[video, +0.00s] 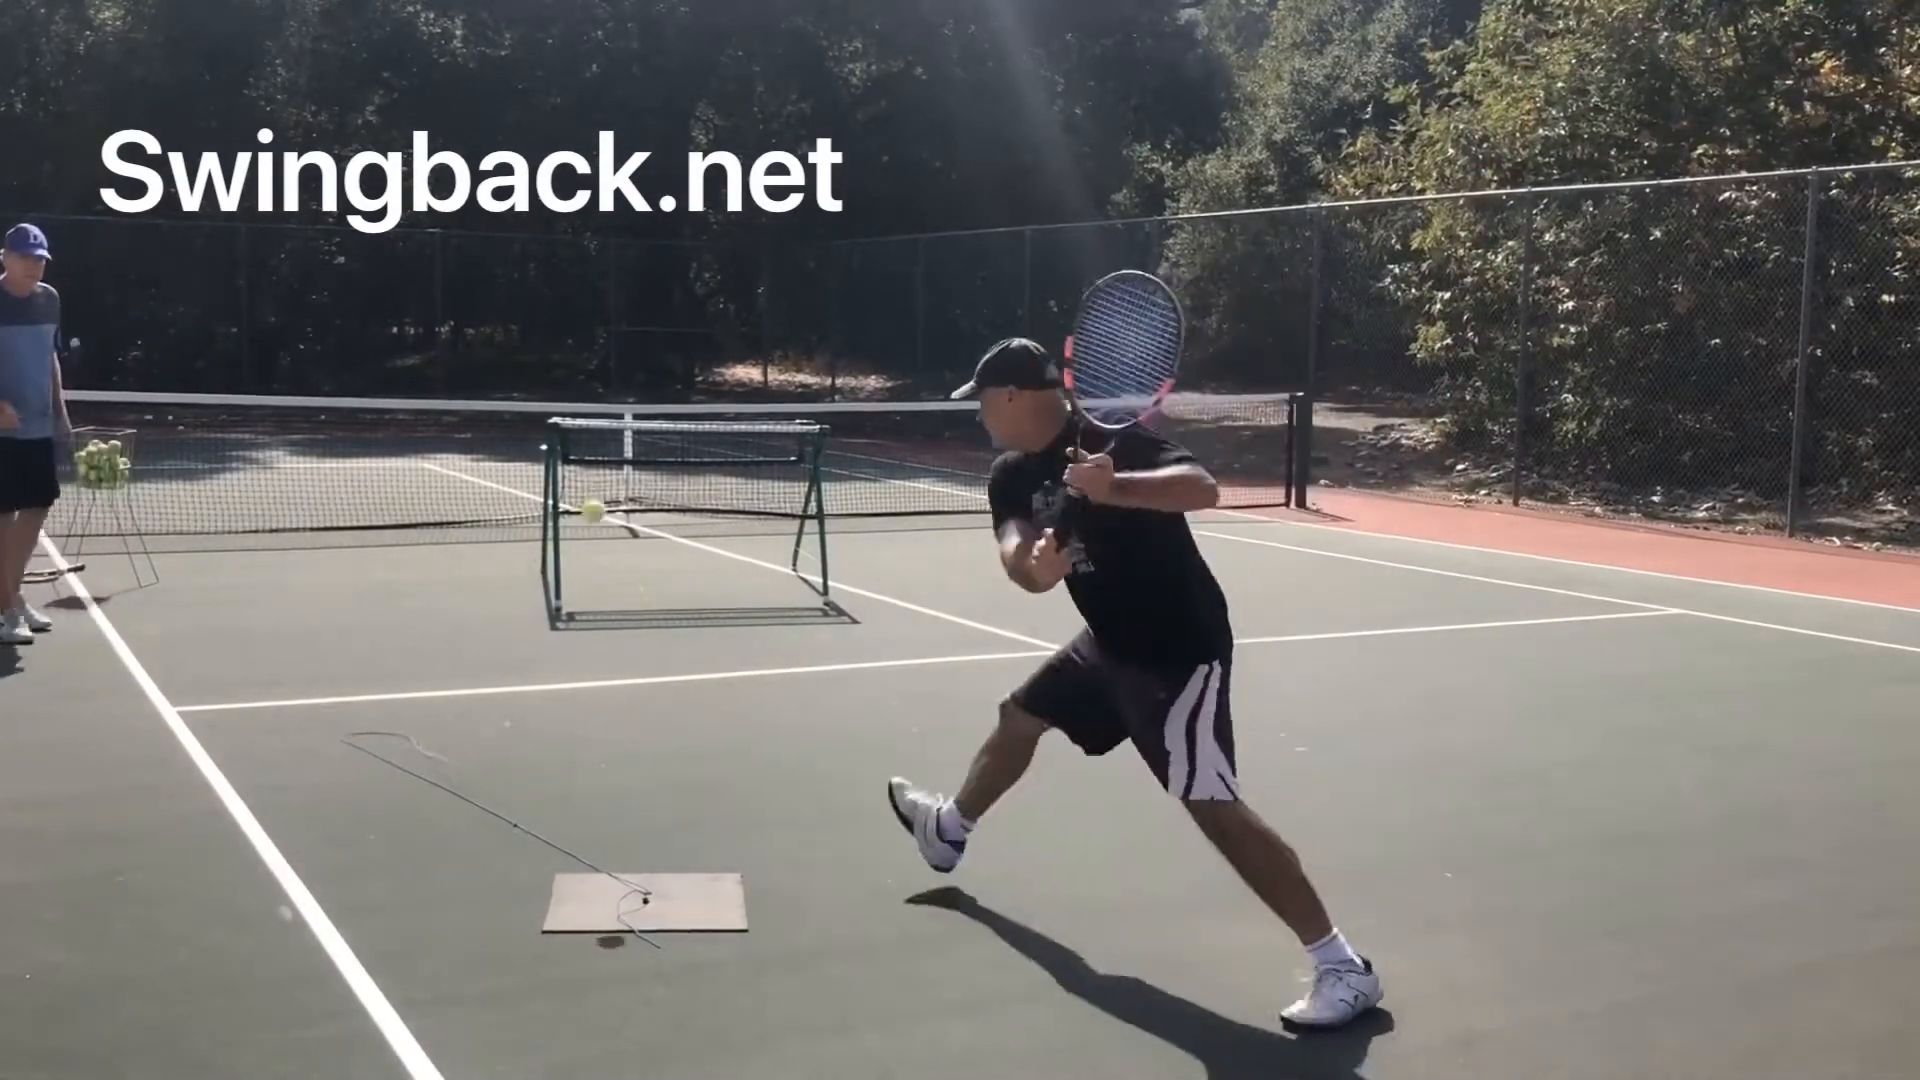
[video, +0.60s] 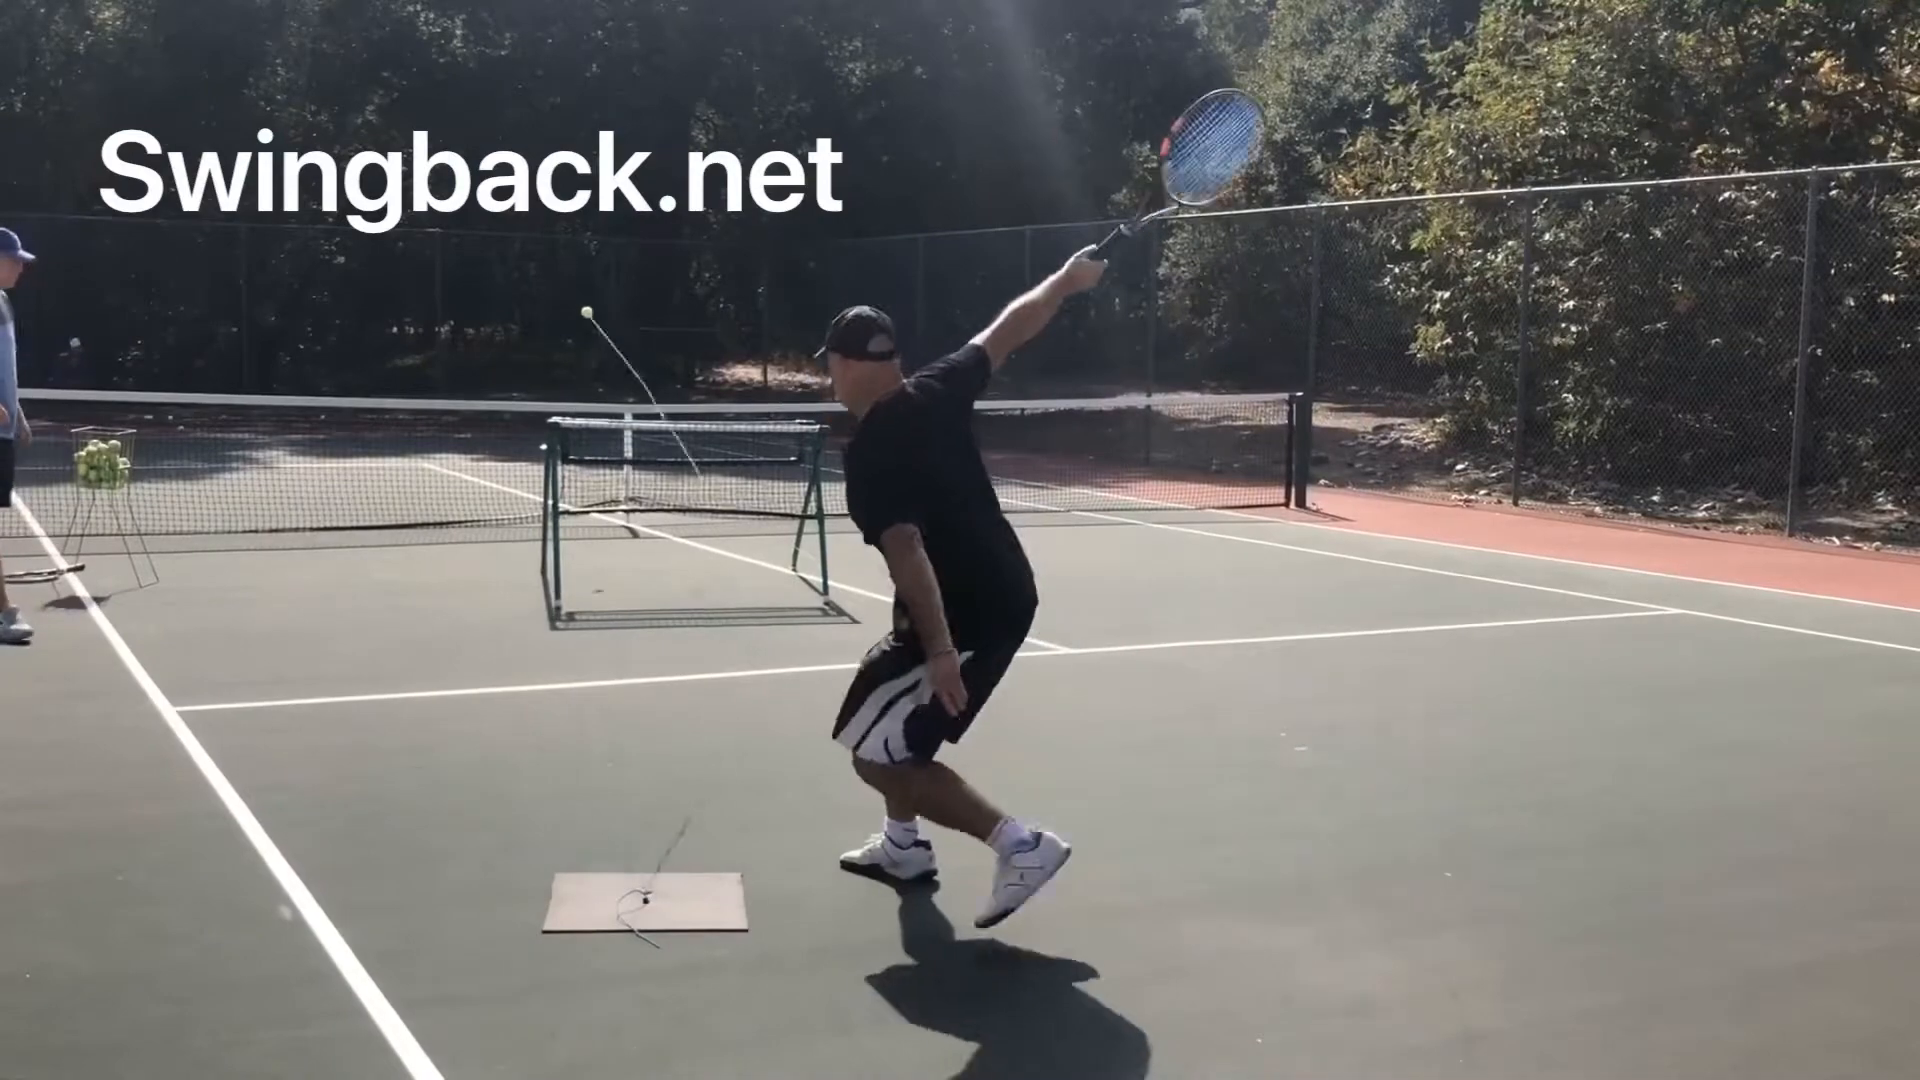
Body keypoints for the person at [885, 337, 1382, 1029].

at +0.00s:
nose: (982, 416)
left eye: (987, 402)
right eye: (981, 403)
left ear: (1022, 398)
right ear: (1020, 401)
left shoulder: (1121, 443)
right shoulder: (1012, 477)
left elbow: (1202, 489)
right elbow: (1019, 561)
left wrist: (1113, 488)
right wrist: (1039, 570)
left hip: (1186, 651)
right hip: (1112, 641)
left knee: (1214, 805)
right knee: (1021, 715)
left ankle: (1342, 968)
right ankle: (949, 831)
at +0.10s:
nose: (918, 429)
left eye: (926, 414)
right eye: (918, 416)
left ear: (967, 412)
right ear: (951, 416)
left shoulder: (1044, 457)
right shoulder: (951, 497)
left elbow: (1118, 544)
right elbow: (966, 588)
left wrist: (1084, 584)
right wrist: (991, 632)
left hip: (1113, 650)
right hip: (1040, 649)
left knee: (1172, 802)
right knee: (952, 713)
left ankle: (1308, 946)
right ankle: (910, 848)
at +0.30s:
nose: (848, 433)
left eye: (851, 418)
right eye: (847, 421)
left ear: (882, 413)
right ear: (893, 413)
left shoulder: (931, 488)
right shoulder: (911, 476)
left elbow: (990, 598)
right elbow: (872, 521)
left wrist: (1051, 686)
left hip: (1023, 654)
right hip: (977, 637)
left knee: (1043, 824)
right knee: (896, 693)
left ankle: (1214, 869)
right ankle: (903, 845)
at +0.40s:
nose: (827, 424)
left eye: (831, 409)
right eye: (826, 411)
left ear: (862, 407)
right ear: (877, 406)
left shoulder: (891, 483)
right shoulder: (921, 437)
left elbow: (947, 584)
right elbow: (931, 402)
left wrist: (996, 680)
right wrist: (935, 378)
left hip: (1007, 631)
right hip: (985, 611)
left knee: (994, 802)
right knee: (885, 693)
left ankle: (1159, 835)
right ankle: (903, 843)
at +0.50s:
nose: (823, 404)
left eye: (829, 390)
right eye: (822, 390)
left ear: (865, 387)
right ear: (876, 384)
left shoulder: (875, 468)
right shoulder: (931, 404)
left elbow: (918, 559)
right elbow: (977, 348)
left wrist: (966, 653)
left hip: (993, 624)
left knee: (927, 779)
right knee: (879, 695)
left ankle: (1092, 819)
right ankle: (903, 843)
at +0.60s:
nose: (831, 379)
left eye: (834, 365)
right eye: (831, 365)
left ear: (856, 363)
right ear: (890, 357)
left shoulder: (874, 448)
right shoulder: (943, 386)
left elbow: (906, 553)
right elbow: (1007, 331)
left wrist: (938, 652)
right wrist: (1066, 279)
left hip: (972, 614)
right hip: (1001, 592)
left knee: (880, 751)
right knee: (882, 699)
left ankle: (1021, 846)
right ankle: (905, 843)